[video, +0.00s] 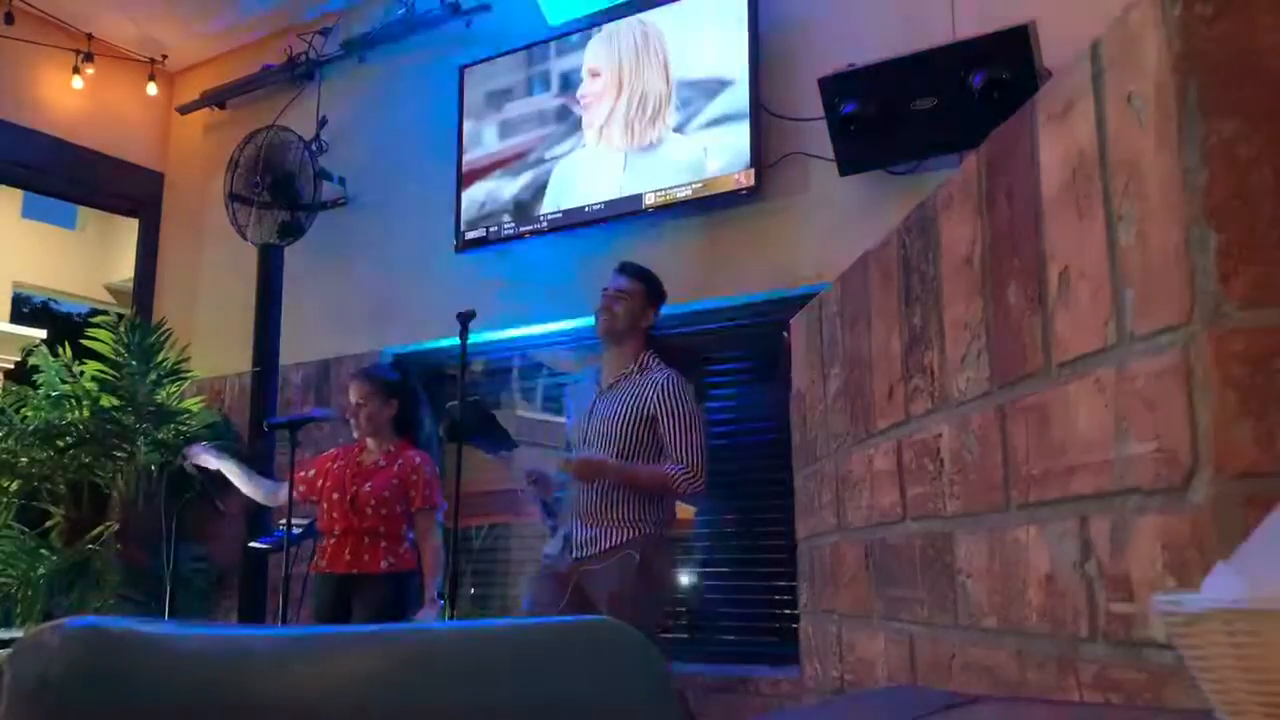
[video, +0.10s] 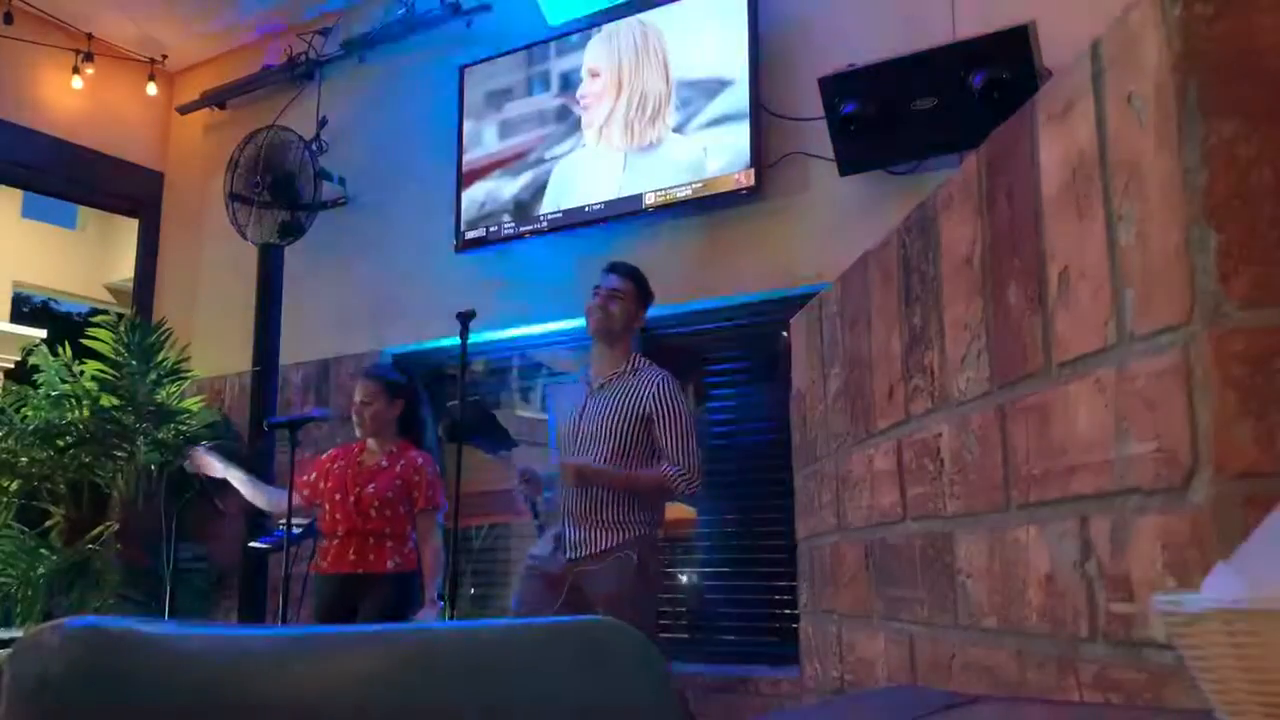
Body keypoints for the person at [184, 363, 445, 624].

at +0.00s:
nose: (351, 413)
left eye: (361, 405)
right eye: (350, 405)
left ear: (391, 407)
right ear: (348, 406)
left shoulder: (415, 464)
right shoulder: (335, 461)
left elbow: (429, 537)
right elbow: (274, 495)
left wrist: (431, 602)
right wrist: (222, 463)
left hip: (386, 584)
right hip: (330, 583)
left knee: (376, 679)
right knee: (322, 675)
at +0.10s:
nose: (356, 411)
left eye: (367, 403)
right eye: (354, 403)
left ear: (396, 407)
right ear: (351, 404)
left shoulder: (416, 465)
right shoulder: (335, 461)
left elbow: (429, 538)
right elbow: (278, 502)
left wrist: (431, 602)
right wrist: (225, 470)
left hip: (390, 584)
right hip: (332, 582)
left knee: (379, 677)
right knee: (324, 674)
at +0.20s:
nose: (356, 408)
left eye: (367, 400)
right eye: (355, 400)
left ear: (397, 407)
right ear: (353, 400)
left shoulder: (419, 465)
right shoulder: (336, 459)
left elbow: (431, 539)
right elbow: (289, 508)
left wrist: (433, 602)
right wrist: (231, 478)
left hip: (392, 587)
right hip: (334, 585)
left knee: (386, 682)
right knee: (322, 677)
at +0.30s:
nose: (357, 408)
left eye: (368, 400)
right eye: (356, 399)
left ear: (397, 405)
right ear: (354, 400)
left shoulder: (420, 465)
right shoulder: (338, 458)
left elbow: (431, 538)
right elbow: (296, 512)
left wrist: (434, 604)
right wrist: (237, 485)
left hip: (393, 586)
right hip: (334, 585)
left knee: (387, 681)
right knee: (325, 679)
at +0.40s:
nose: (356, 408)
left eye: (367, 400)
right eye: (355, 400)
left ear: (397, 404)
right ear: (354, 401)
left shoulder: (420, 465)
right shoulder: (338, 458)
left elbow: (431, 540)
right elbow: (300, 513)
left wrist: (437, 605)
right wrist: (239, 490)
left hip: (393, 587)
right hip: (334, 587)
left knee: (388, 686)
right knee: (329, 684)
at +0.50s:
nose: (355, 411)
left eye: (365, 402)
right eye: (354, 403)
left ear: (396, 405)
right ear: (354, 403)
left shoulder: (418, 464)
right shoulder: (340, 458)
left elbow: (432, 539)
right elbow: (303, 512)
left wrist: (438, 607)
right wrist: (240, 489)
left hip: (392, 589)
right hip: (335, 588)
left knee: (387, 688)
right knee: (327, 686)